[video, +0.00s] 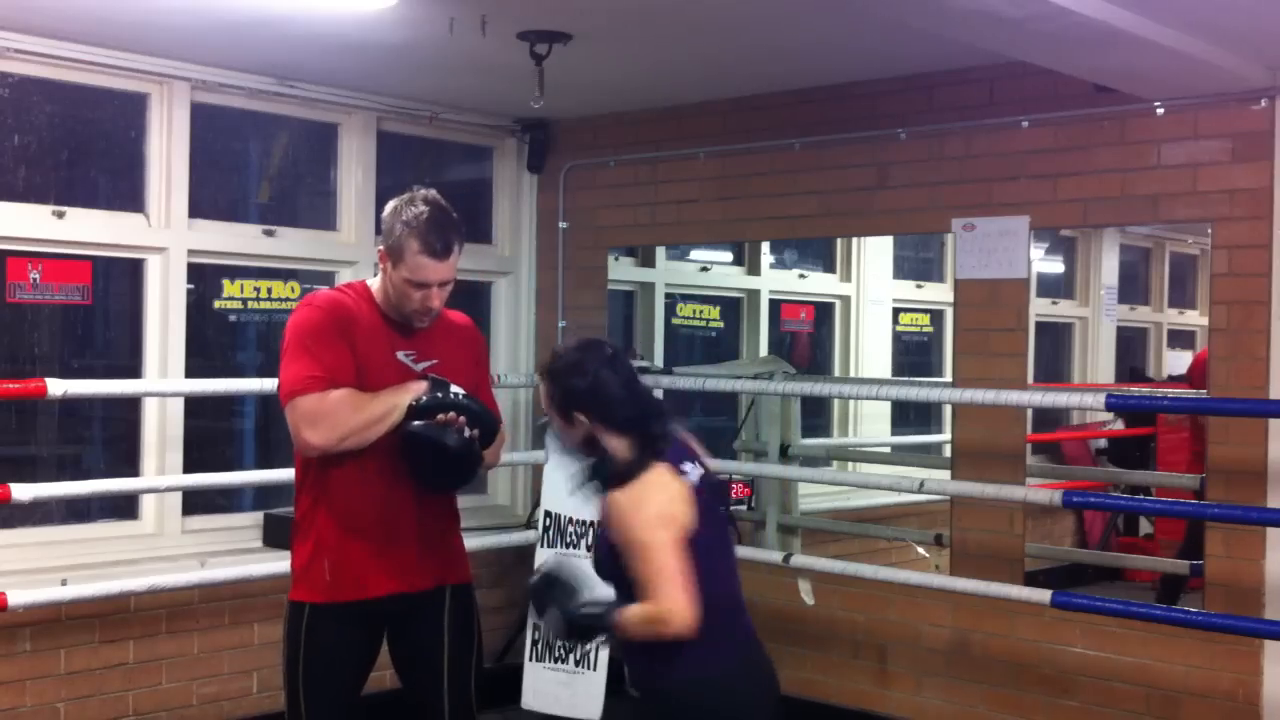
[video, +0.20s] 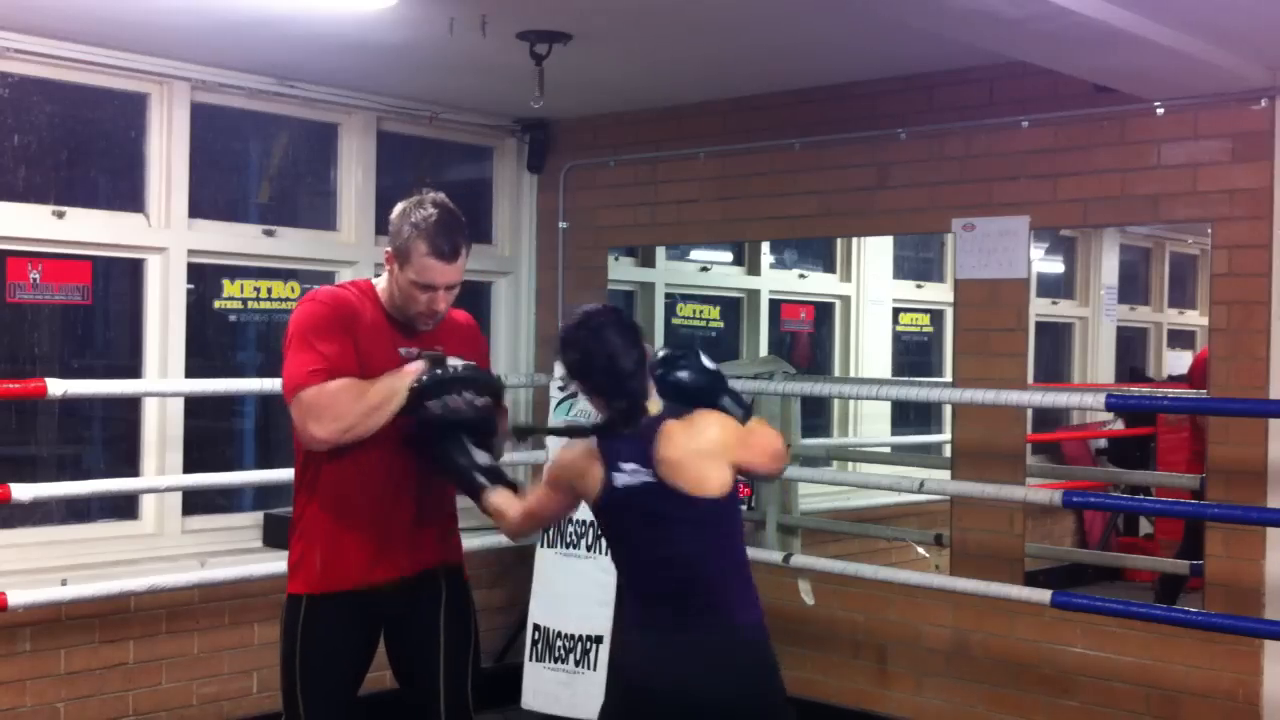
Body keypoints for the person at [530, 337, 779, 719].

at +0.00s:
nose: (552, 424)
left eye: (552, 414)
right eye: (549, 413)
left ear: (582, 419)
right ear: (622, 390)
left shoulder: (638, 495)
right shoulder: (677, 446)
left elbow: (675, 615)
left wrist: (595, 618)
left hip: (686, 695)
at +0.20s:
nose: (573, 385)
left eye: (573, 376)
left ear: (584, 388)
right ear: (647, 361)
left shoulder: (580, 463)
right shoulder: (708, 430)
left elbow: (517, 519)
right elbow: (774, 455)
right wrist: (726, 398)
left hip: (644, 661)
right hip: (730, 654)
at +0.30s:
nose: (603, 391)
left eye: (603, 379)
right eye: (601, 378)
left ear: (619, 385)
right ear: (678, 363)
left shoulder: (601, 475)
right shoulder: (742, 437)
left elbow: (548, 561)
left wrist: (501, 523)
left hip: (652, 679)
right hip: (747, 676)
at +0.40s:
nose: (619, 380)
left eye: (617, 368)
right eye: (615, 369)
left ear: (639, 370)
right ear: (696, 354)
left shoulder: (639, 468)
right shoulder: (758, 433)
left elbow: (600, 588)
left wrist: (535, 558)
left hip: (676, 680)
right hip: (765, 672)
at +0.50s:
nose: (626, 375)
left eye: (625, 362)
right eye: (623, 362)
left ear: (650, 367)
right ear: (704, 361)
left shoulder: (659, 455)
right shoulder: (758, 443)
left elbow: (609, 571)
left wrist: (559, 514)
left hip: (685, 679)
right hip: (764, 671)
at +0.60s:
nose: (631, 372)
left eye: (633, 358)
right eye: (630, 358)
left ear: (661, 363)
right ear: (709, 360)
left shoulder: (663, 446)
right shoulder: (755, 439)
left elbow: (590, 546)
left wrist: (576, 465)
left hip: (685, 678)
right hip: (760, 668)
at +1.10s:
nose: (677, 368)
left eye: (680, 353)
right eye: (677, 354)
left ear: (713, 351)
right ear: (757, 349)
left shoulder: (705, 426)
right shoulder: (799, 429)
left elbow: (639, 526)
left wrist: (630, 443)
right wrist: (682, 425)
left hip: (721, 664)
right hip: (794, 654)